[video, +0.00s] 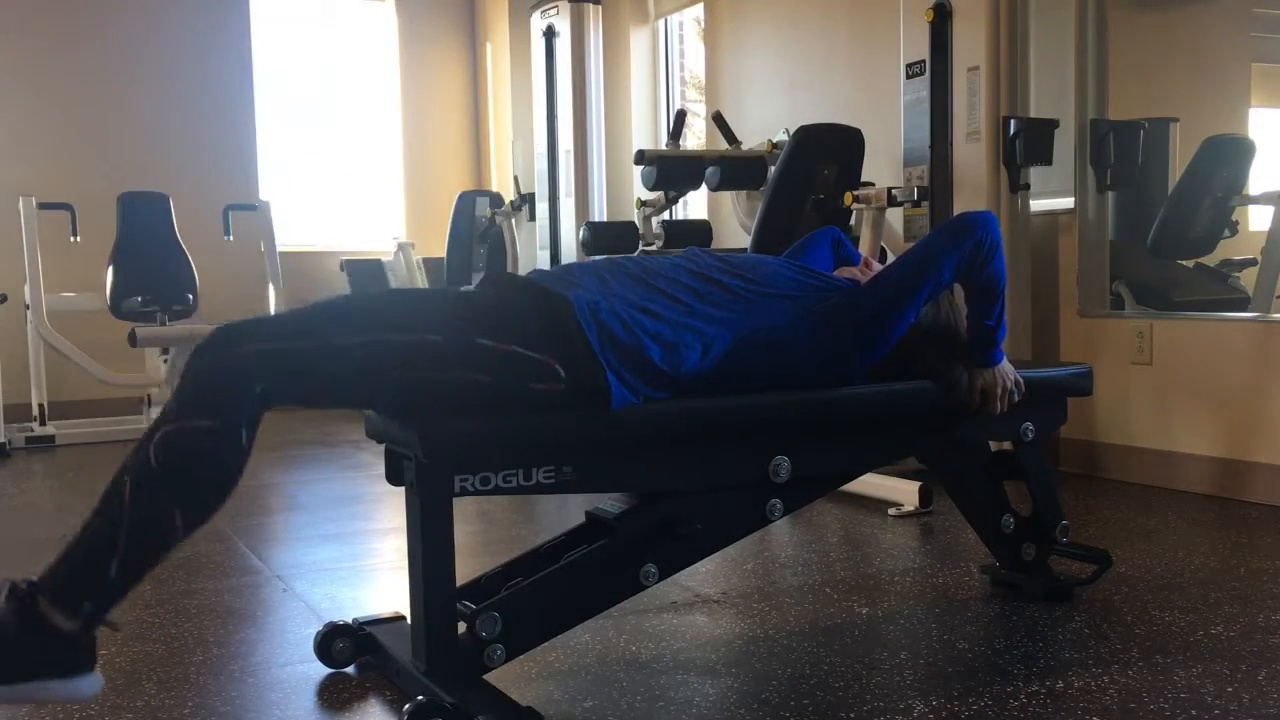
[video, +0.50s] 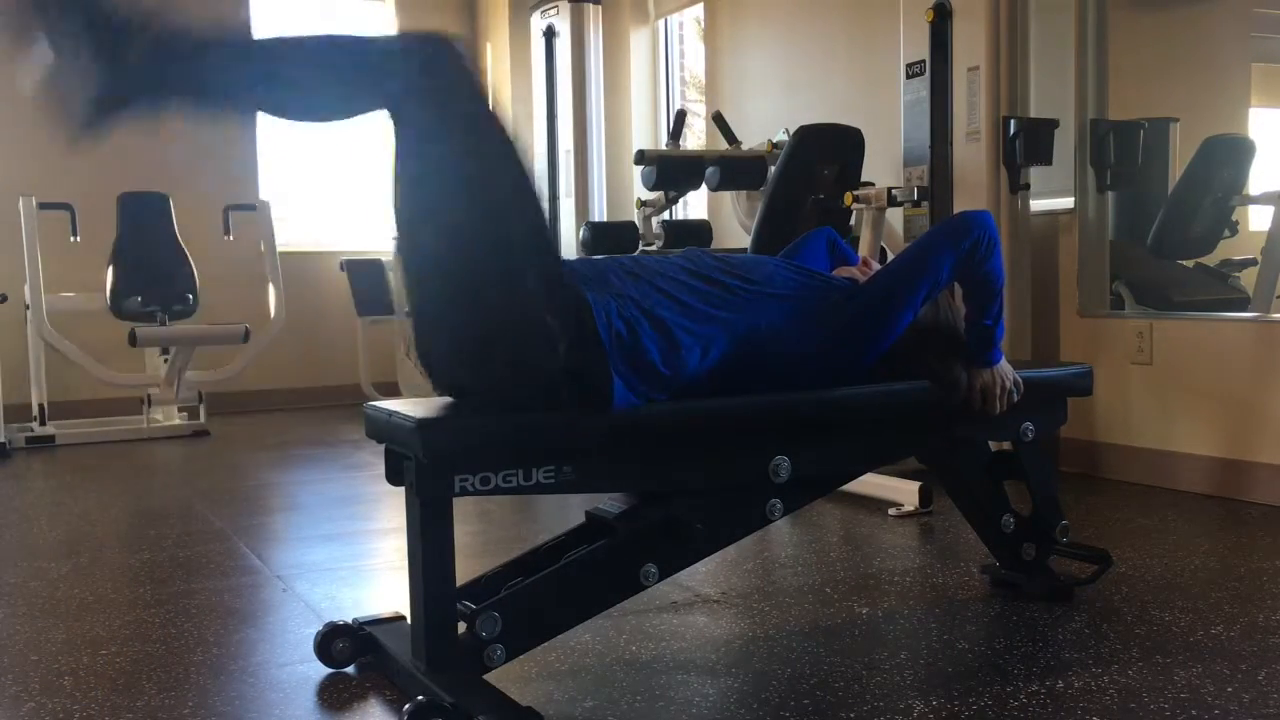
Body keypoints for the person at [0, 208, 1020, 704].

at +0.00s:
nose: (879, 253)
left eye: (893, 261)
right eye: (887, 251)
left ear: (895, 295)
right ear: (863, 269)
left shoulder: (859, 321)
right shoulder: (783, 292)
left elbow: (978, 222)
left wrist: (983, 356)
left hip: (551, 346)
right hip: (513, 304)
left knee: (231, 365)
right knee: (247, 343)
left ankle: (61, 617)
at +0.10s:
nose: (876, 246)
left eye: (895, 256)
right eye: (875, 236)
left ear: (893, 298)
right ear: (849, 241)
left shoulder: (852, 323)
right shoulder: (784, 280)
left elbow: (979, 235)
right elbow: (831, 167)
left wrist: (975, 359)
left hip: (552, 350)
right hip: (520, 302)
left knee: (233, 325)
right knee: (306, 298)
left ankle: (50, 563)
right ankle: (187, 306)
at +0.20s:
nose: (892, 270)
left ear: (912, 317)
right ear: (888, 303)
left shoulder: (855, 325)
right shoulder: (792, 289)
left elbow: (980, 225)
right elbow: (837, 193)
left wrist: (979, 355)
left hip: (545, 334)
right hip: (519, 298)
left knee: (235, 269)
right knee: (255, 239)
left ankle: (34, 461)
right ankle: (172, 326)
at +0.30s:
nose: (861, 244)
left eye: (878, 252)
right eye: (856, 240)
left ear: (886, 303)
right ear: (835, 265)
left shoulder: (836, 327)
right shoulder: (772, 289)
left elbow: (975, 230)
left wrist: (974, 356)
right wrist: (852, 255)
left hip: (536, 352)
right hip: (510, 309)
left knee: (267, 189)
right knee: (283, 182)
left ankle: (33, 341)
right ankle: (165, 268)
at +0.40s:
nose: (875, 256)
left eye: (893, 269)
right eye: (886, 253)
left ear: (894, 302)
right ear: (871, 271)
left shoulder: (848, 328)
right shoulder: (782, 292)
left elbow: (972, 224)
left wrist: (978, 347)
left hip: (544, 357)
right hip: (531, 312)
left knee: (339, 122)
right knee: (338, 112)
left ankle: (75, 206)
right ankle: (128, 218)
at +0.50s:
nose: (859, 242)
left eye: (870, 246)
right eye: (853, 233)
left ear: (879, 282)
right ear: (829, 248)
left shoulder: (837, 317)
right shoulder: (776, 284)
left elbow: (976, 231)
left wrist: (968, 339)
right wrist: (871, 237)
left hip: (542, 357)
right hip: (526, 329)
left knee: (430, 71)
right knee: (430, 73)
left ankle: (143, 71)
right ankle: (153, 58)